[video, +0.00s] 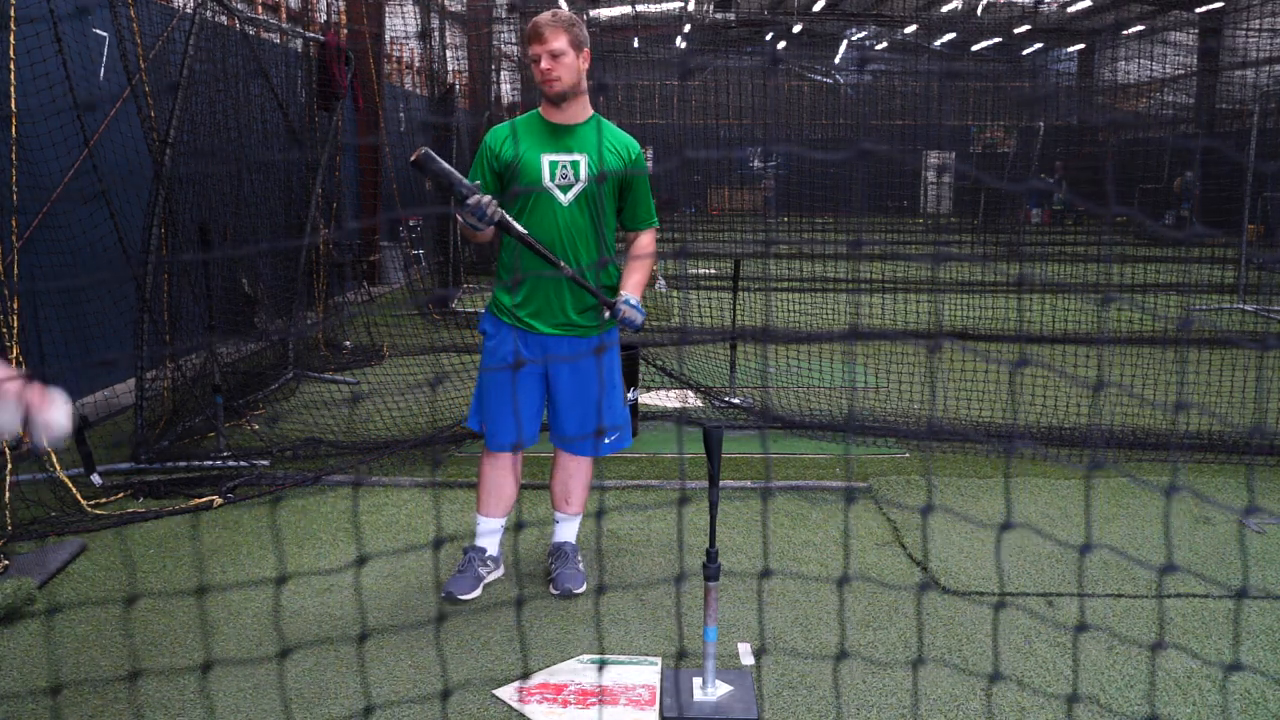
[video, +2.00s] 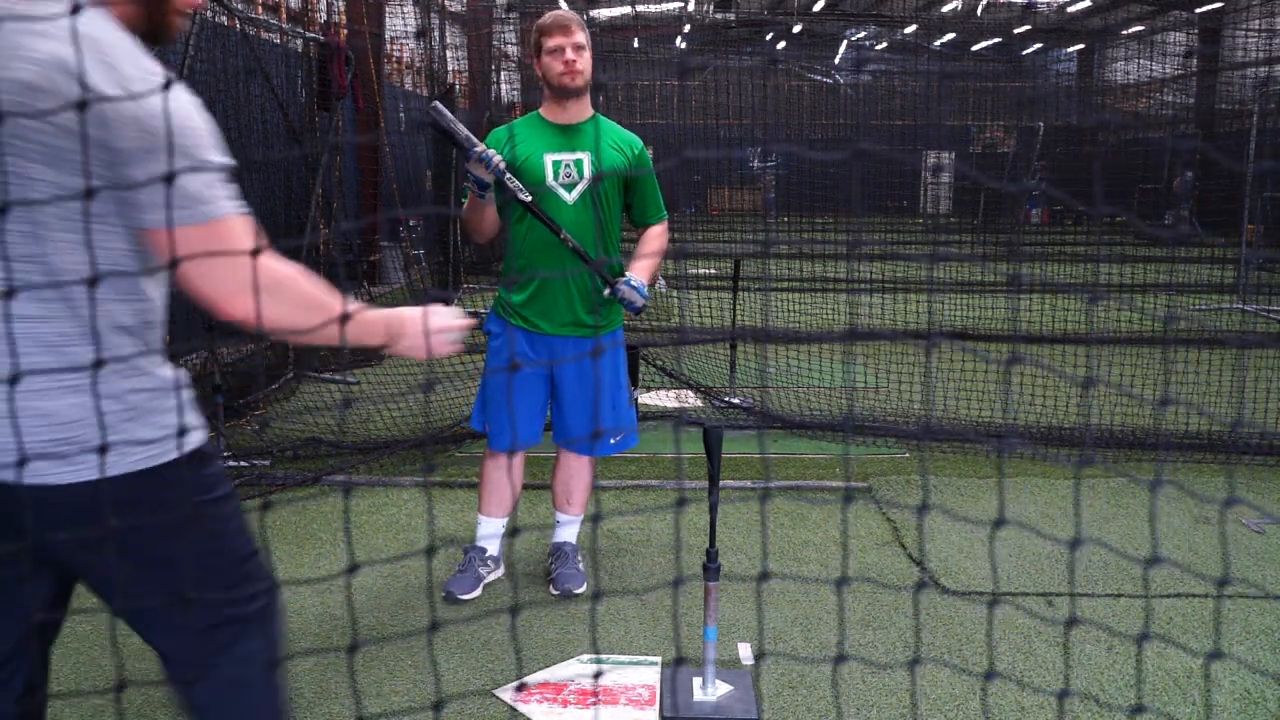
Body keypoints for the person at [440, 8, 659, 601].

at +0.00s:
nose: (547, 67)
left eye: (557, 56)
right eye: (537, 59)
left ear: (584, 59)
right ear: (529, 67)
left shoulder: (621, 151)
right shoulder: (502, 142)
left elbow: (641, 240)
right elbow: (477, 236)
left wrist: (629, 295)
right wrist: (477, 217)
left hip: (587, 326)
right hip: (513, 321)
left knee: (576, 439)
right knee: (501, 439)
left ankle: (565, 546)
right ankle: (486, 551)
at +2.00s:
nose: (569, 59)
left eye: (577, 48)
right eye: (556, 51)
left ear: (592, 57)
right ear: (538, 63)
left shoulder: (625, 148)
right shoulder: (505, 141)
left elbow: (654, 227)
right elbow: (482, 233)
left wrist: (637, 278)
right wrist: (479, 188)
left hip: (593, 322)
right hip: (519, 319)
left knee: (579, 439)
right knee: (504, 440)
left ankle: (566, 547)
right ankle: (486, 551)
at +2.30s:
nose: (572, 58)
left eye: (579, 49)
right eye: (559, 51)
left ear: (593, 59)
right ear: (539, 64)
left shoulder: (624, 148)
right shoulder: (505, 141)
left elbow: (652, 225)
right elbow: (480, 232)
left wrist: (635, 275)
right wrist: (479, 182)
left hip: (593, 318)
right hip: (518, 316)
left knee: (580, 438)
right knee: (503, 438)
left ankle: (566, 547)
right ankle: (486, 550)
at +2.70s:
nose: (577, 60)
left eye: (583, 51)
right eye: (564, 52)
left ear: (594, 59)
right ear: (537, 64)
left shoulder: (623, 148)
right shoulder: (506, 135)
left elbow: (654, 225)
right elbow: (473, 211)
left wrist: (630, 282)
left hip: (590, 324)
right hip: (515, 321)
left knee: (577, 441)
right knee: (501, 444)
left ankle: (566, 546)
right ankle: (486, 550)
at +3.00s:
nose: (582, 64)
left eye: (586, 53)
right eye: (568, 54)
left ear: (595, 59)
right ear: (537, 64)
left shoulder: (620, 150)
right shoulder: (499, 133)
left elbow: (653, 227)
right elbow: (465, 206)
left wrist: (624, 288)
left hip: (583, 324)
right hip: (507, 320)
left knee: (574, 441)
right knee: (492, 442)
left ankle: (566, 546)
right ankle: (484, 549)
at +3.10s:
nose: (580, 68)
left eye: (585, 56)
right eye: (566, 59)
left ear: (593, 59)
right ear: (536, 65)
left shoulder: (616, 150)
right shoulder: (499, 132)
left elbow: (648, 228)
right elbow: (461, 206)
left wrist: (620, 287)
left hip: (578, 324)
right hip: (502, 320)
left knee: (572, 441)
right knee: (482, 440)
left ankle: (565, 547)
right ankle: (473, 549)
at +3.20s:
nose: (577, 73)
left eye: (582, 61)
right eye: (563, 64)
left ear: (590, 61)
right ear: (532, 68)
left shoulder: (612, 149)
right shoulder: (496, 132)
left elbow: (646, 226)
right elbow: (460, 206)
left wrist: (617, 286)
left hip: (576, 323)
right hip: (498, 320)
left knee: (572, 440)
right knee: (477, 439)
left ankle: (565, 547)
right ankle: (462, 548)